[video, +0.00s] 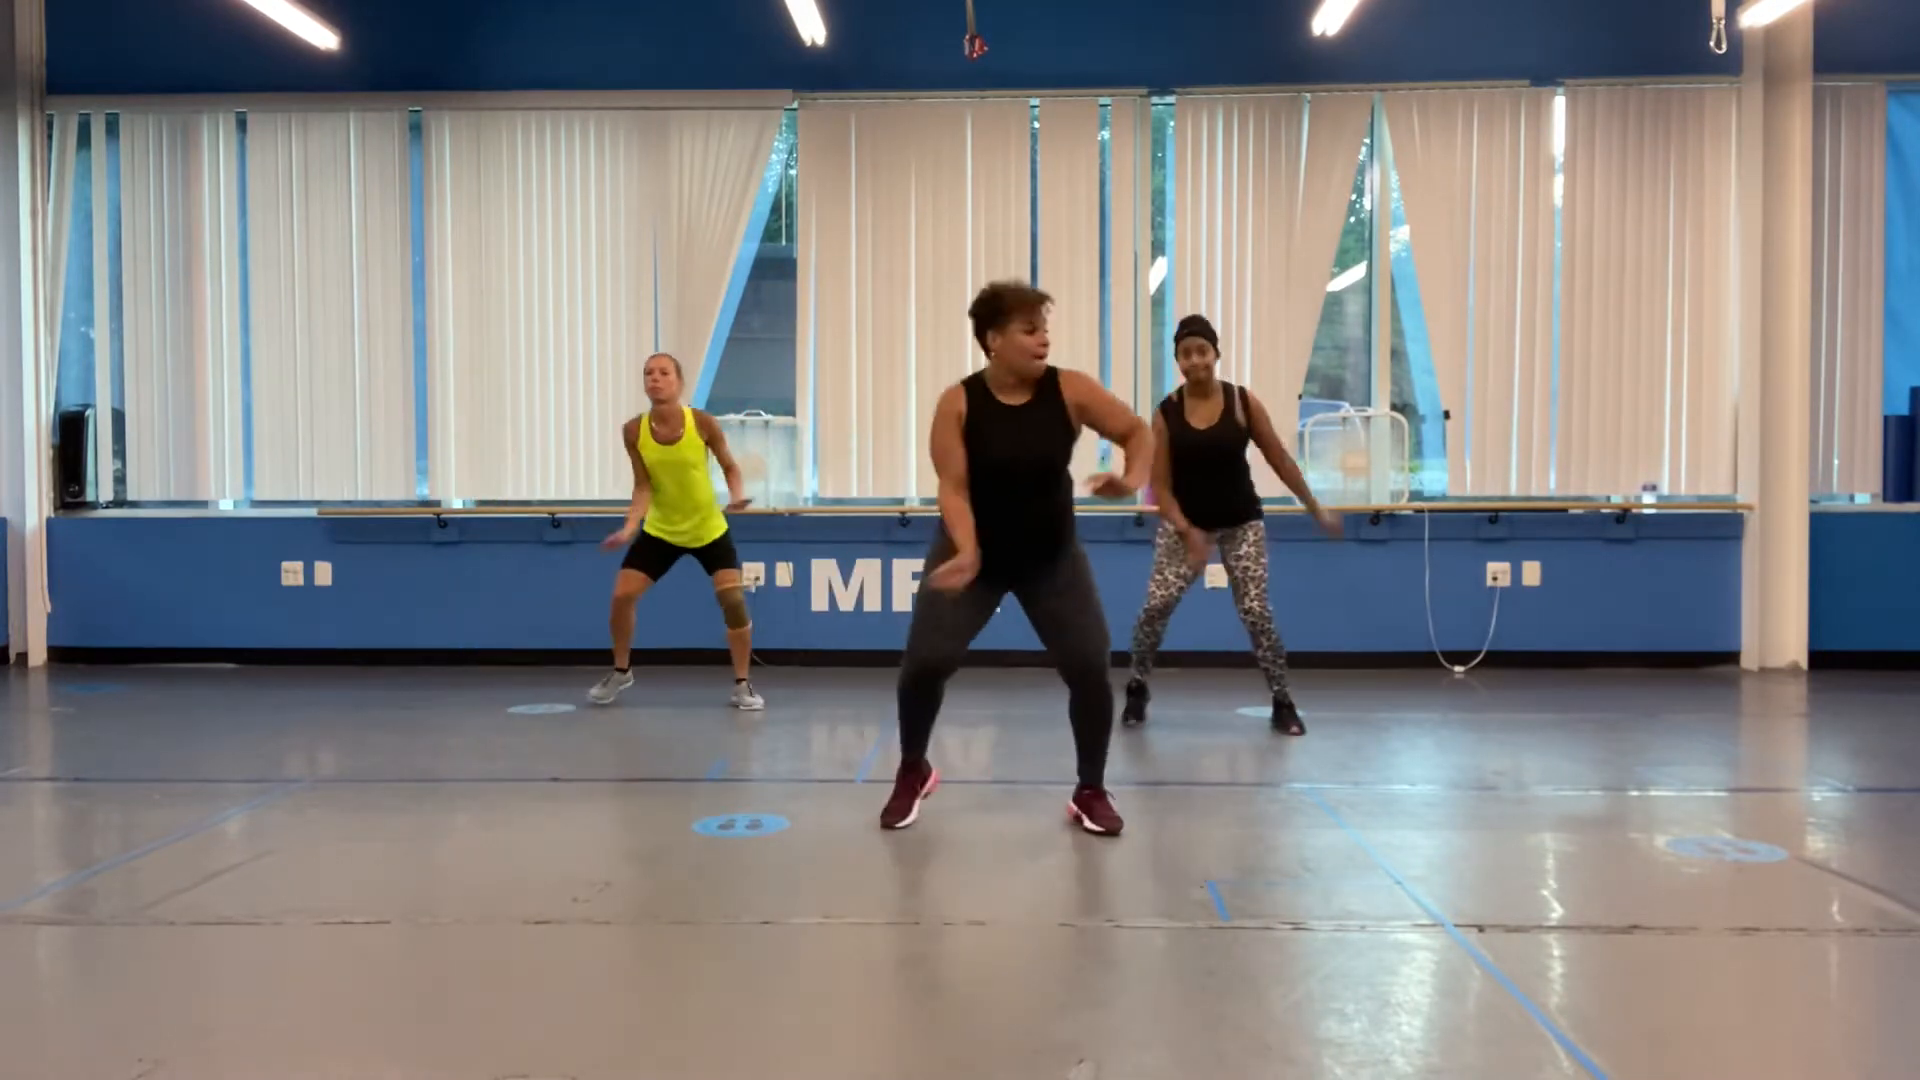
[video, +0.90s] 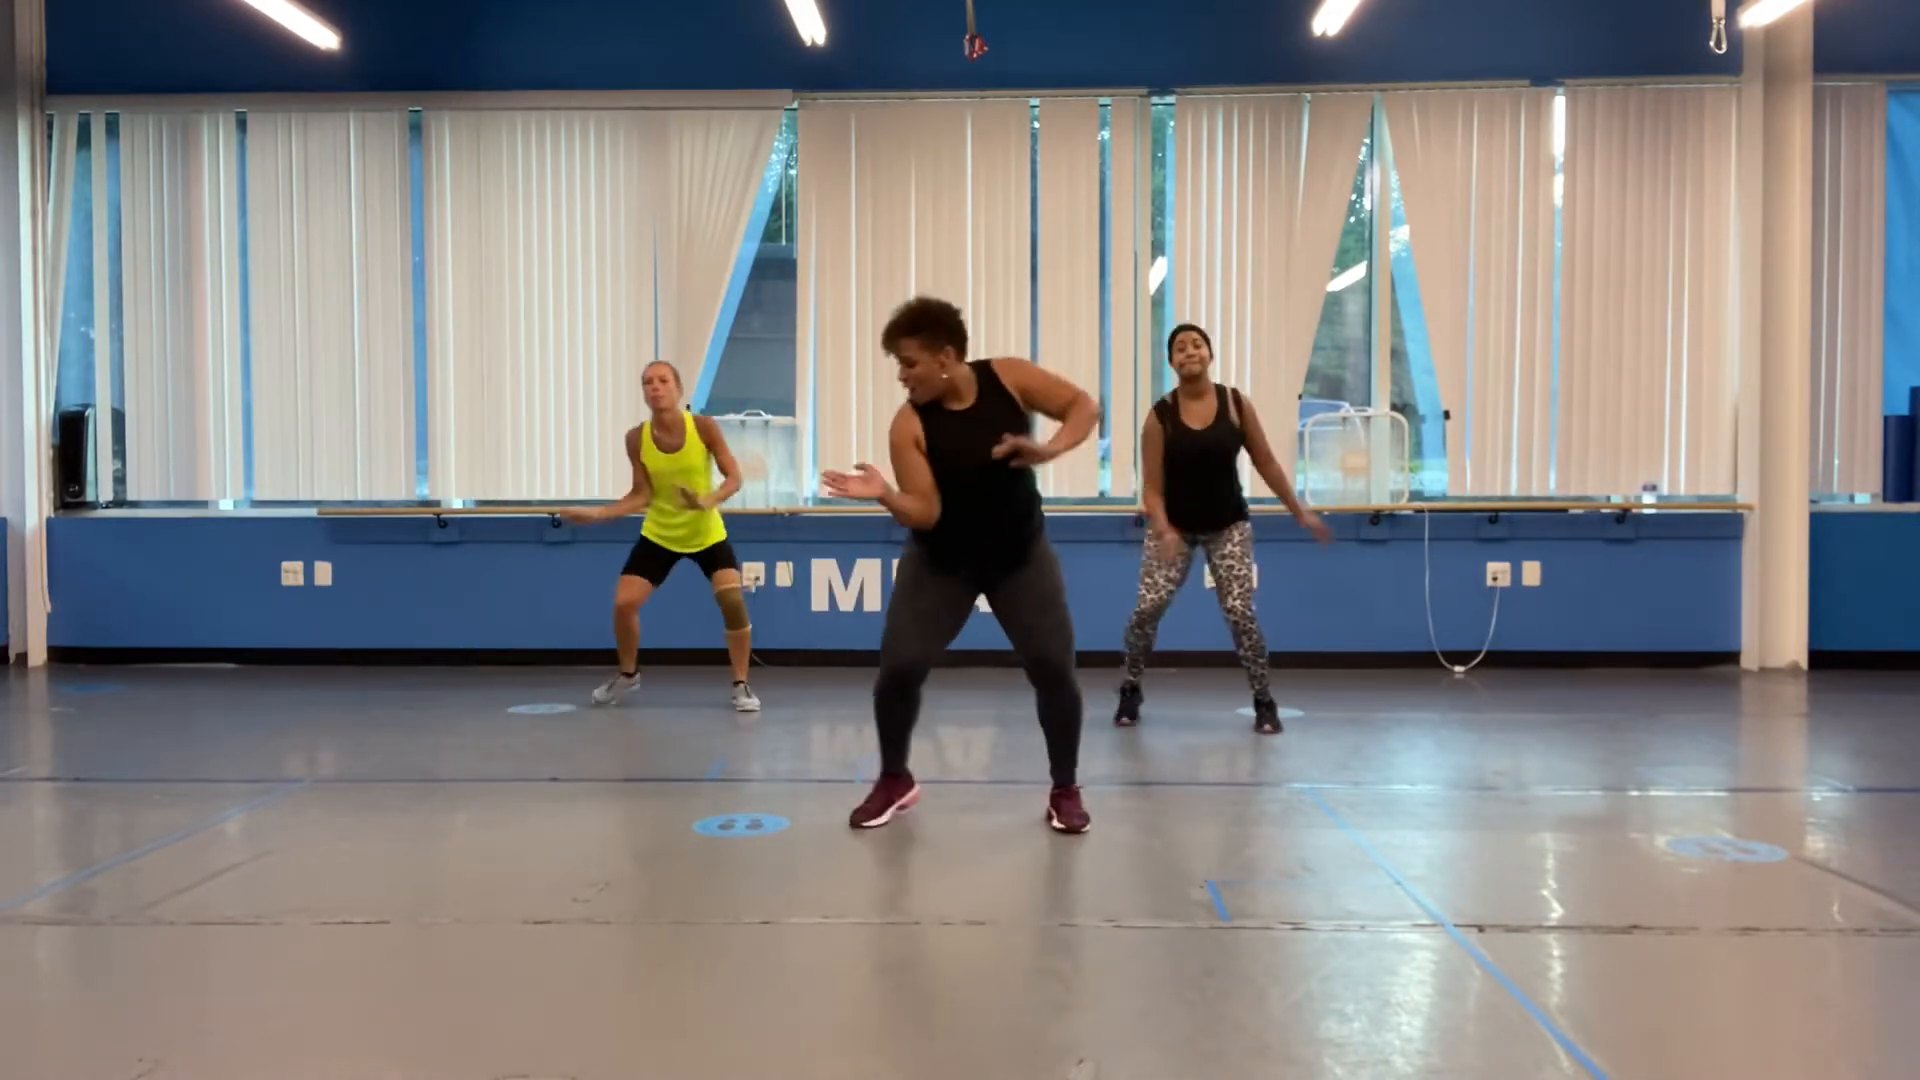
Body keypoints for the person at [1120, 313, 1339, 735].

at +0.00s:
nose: (1194, 360)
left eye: (1201, 352)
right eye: (1186, 354)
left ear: (1216, 355)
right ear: (1178, 361)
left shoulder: (1243, 403)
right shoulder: (1166, 415)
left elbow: (1279, 460)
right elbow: (1160, 486)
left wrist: (1315, 508)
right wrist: (1185, 531)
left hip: (1240, 524)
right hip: (1184, 524)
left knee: (1254, 610)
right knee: (1156, 606)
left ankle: (1283, 702)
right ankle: (1136, 689)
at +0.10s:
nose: (1181, 353)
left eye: (1189, 346)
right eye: (1173, 346)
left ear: (1203, 351)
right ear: (1163, 354)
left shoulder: (1225, 400)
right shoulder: (1145, 407)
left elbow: (1268, 440)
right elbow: (1141, 476)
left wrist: (1319, 477)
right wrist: (1196, 483)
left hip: (1222, 517)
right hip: (1165, 520)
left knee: (1245, 603)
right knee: (1143, 600)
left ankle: (1285, 698)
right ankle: (1118, 688)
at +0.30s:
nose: (1160, 369)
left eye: (1169, 363)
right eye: (1153, 363)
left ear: (1182, 371)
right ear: (1143, 371)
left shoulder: (1200, 421)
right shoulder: (1121, 421)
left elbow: (1241, 465)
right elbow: (1088, 476)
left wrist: (1287, 503)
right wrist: (1134, 478)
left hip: (1195, 531)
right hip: (1139, 533)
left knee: (1209, 613)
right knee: (1125, 612)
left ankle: (1254, 672)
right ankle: (1113, 700)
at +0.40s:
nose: (1162, 365)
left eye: (1171, 358)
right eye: (1154, 359)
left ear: (1183, 367)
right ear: (1145, 368)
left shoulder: (1204, 419)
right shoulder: (1124, 419)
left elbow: (1232, 473)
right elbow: (1074, 456)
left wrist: (1250, 525)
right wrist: (1087, 502)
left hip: (1195, 532)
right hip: (1139, 531)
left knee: (1208, 616)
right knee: (1128, 612)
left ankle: (1233, 694)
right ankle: (1112, 698)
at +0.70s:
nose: (1194, 358)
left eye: (1201, 350)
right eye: (1185, 354)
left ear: (1215, 359)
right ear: (1177, 367)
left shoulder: (1244, 408)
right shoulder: (1164, 418)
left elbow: (1264, 471)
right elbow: (1134, 475)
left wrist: (1223, 499)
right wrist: (1085, 478)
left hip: (1228, 527)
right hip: (1170, 526)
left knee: (1246, 611)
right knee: (1162, 607)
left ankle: (1264, 701)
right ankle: (1112, 663)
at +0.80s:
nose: (1197, 359)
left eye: (1203, 352)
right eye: (1188, 356)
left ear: (1217, 360)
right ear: (1179, 369)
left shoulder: (1245, 410)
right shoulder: (1165, 423)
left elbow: (1268, 473)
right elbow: (1153, 488)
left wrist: (1262, 524)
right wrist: (1119, 520)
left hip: (1231, 530)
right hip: (1173, 531)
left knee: (1245, 615)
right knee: (1162, 612)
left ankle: (1264, 702)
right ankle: (1134, 692)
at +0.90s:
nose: (1189, 353)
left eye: (1196, 346)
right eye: (1181, 349)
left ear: (1210, 355)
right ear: (1172, 362)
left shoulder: (1235, 404)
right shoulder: (1159, 417)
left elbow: (1265, 462)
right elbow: (1151, 487)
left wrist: (1300, 510)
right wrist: (1163, 528)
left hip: (1227, 527)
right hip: (1173, 527)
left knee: (1239, 613)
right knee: (1147, 609)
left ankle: (1264, 703)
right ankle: (1130, 692)